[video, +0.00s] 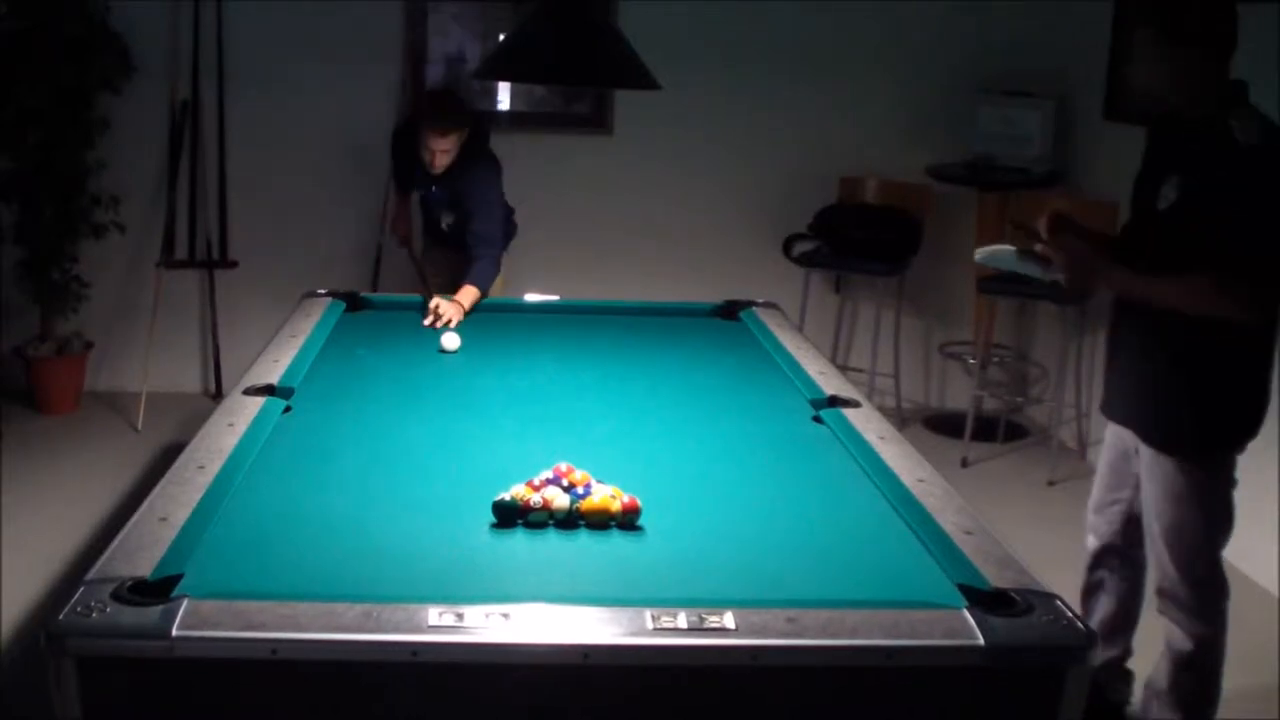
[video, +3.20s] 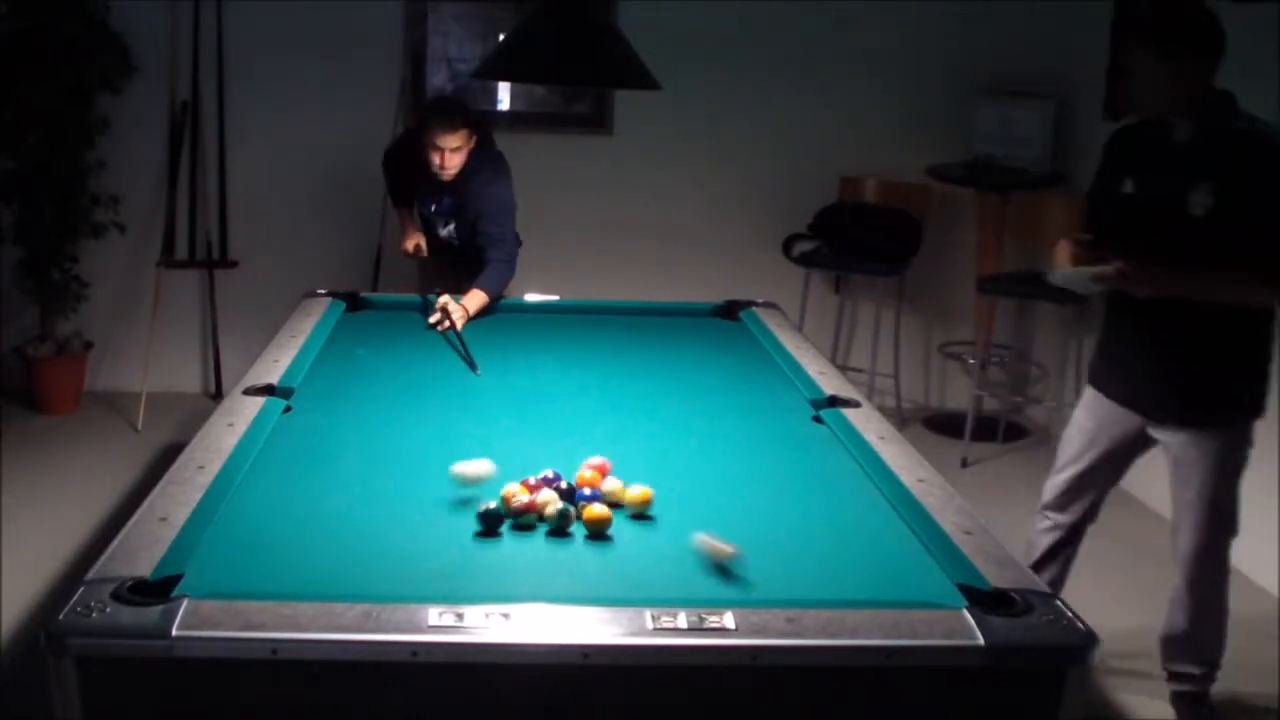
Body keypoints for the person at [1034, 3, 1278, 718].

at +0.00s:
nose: (1133, 70)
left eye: (1146, 51)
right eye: (1134, 51)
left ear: (1192, 56)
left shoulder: (1252, 152)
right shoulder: (1172, 139)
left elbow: (1239, 295)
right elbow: (1158, 256)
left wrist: (1109, 274)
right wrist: (1089, 248)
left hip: (1196, 408)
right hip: (1135, 389)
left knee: (1185, 588)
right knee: (1109, 548)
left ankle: (1177, 708)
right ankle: (1098, 675)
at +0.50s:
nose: (1081, 69)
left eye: (1091, 52)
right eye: (1082, 52)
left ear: (1128, 52)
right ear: (1144, 49)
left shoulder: (1156, 128)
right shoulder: (1153, 120)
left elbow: (1134, 264)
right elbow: (1119, 224)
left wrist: (1028, 245)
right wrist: (1034, 210)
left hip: (1126, 373)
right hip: (1131, 368)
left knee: (1092, 539)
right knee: (1095, 533)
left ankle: (1122, 695)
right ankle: (1111, 684)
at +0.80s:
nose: (1048, 70)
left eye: (1056, 55)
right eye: (1048, 56)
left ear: (1086, 56)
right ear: (1118, 52)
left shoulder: (1111, 126)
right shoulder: (1141, 122)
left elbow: (1096, 259)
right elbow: (1091, 218)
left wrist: (1000, 239)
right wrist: (1007, 206)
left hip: (1091, 374)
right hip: (1138, 370)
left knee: (1027, 520)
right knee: (1111, 525)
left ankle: (1014, 671)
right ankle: (1104, 668)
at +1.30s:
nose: (980, 74)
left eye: (988, 59)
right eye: (979, 60)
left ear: (1018, 56)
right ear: (1039, 52)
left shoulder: (1052, 122)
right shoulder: (1057, 113)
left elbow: (1031, 261)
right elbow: (1026, 218)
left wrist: (937, 240)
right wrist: (946, 204)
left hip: (1045, 358)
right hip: (1046, 350)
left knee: (1007, 515)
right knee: (999, 495)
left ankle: (1035, 645)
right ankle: (1031, 632)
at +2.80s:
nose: (1003, 68)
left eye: (1014, 54)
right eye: (1001, 54)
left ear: (1049, 52)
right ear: (1020, 54)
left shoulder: (1102, 128)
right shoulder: (1029, 126)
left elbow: (1101, 244)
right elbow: (1038, 226)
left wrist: (993, 239)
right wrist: (980, 224)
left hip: (1088, 355)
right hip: (1028, 346)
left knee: (1101, 506)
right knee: (1018, 493)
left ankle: (1144, 655)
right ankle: (1006, 628)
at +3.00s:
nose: (1069, 69)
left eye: (1082, 55)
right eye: (1068, 55)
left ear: (1122, 57)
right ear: (1077, 56)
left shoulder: (1179, 144)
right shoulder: (1075, 126)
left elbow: (1174, 261)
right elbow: (1068, 219)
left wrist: (1059, 252)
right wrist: (1019, 224)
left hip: (1138, 375)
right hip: (1061, 358)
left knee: (1158, 525)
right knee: (1035, 496)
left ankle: (1185, 674)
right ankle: (1011, 630)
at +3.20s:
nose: (1121, 75)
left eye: (1137, 60)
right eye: (1125, 60)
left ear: (1186, 64)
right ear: (1150, 70)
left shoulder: (1258, 156)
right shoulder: (1129, 146)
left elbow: (1263, 282)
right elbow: (1099, 241)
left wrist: (1149, 277)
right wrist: (1081, 251)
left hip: (1213, 391)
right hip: (1122, 375)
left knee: (1199, 547)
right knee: (1060, 505)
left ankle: (1191, 678)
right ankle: (1018, 634)